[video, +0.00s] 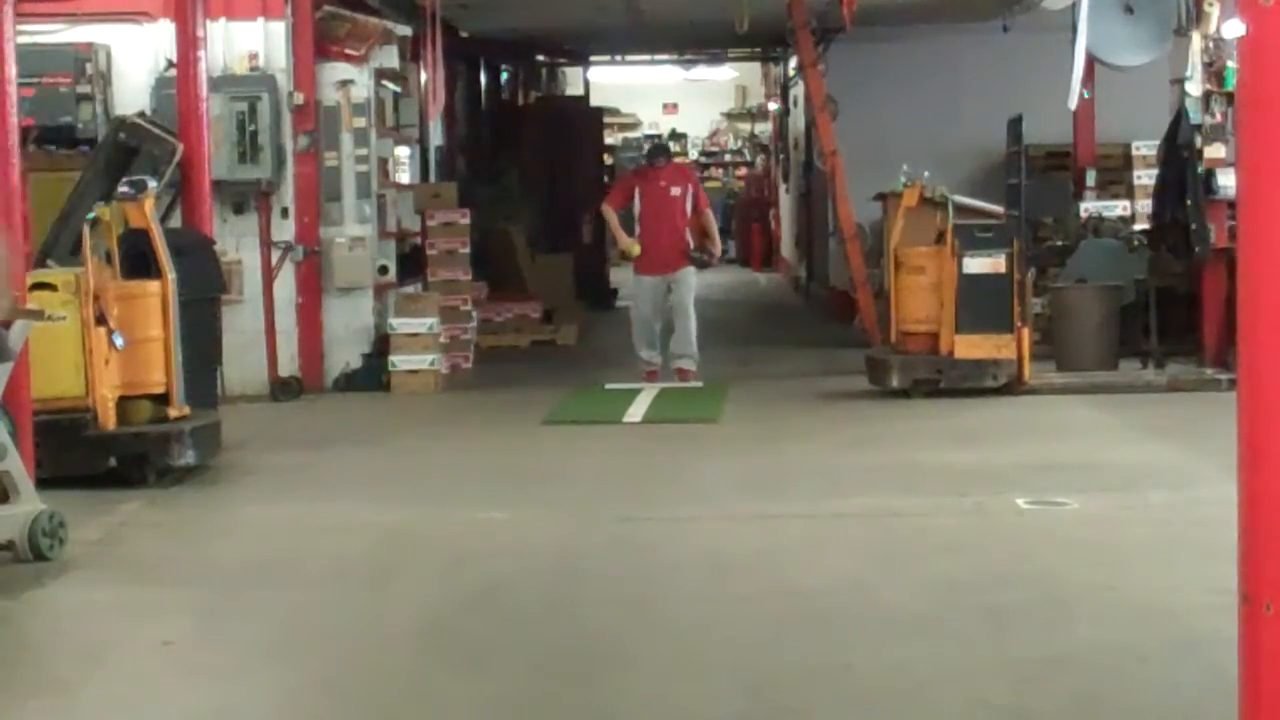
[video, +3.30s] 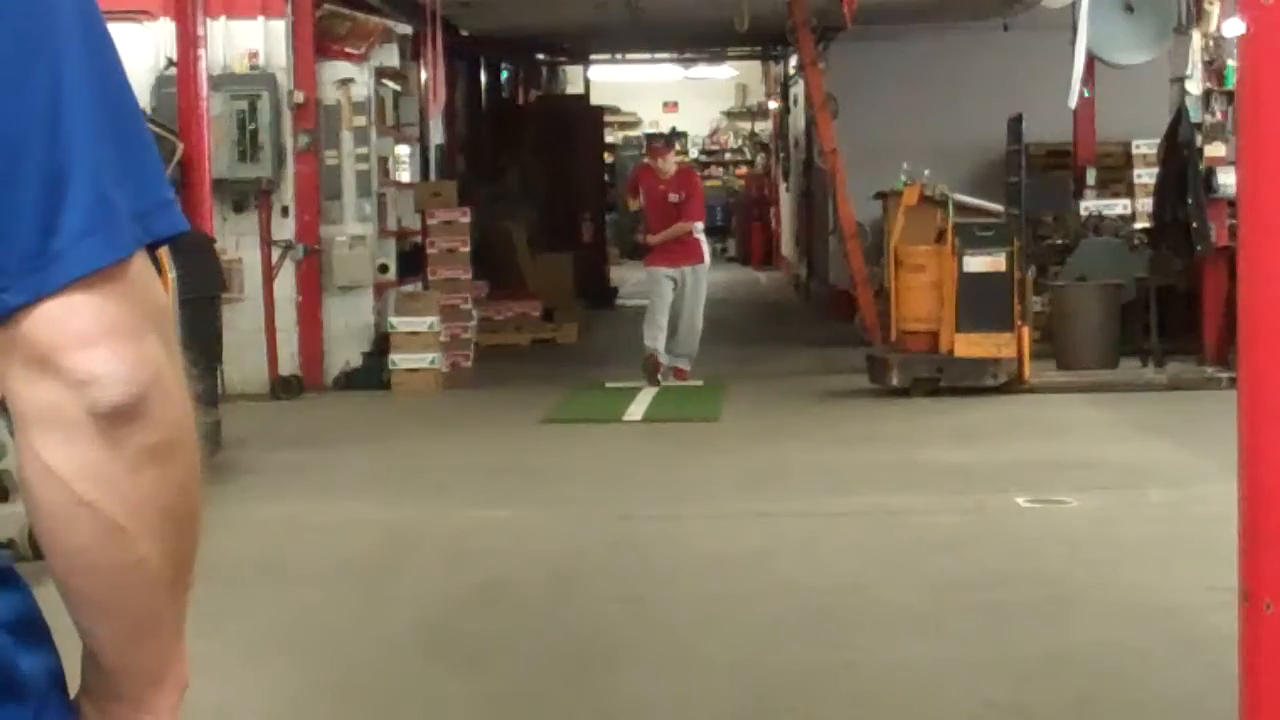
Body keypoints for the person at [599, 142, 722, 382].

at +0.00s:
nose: (657, 166)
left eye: (661, 160)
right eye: (652, 161)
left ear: (669, 156)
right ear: (645, 159)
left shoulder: (686, 176)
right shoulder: (635, 178)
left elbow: (704, 211)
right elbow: (608, 207)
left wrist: (715, 241)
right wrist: (622, 238)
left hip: (681, 261)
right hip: (647, 263)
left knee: (684, 311)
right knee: (645, 315)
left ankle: (685, 364)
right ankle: (650, 364)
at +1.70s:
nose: (638, 154)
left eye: (641, 147)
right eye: (632, 149)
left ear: (651, 146)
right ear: (626, 152)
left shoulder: (673, 169)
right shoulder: (622, 176)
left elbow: (691, 206)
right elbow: (601, 206)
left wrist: (691, 245)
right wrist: (613, 237)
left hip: (677, 256)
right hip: (644, 259)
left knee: (682, 315)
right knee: (645, 315)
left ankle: (683, 364)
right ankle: (650, 367)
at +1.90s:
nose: (638, 149)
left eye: (642, 143)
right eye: (632, 145)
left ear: (652, 142)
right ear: (627, 148)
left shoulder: (672, 168)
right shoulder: (624, 174)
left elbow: (677, 208)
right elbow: (603, 206)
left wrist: (654, 239)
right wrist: (613, 240)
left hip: (676, 255)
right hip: (642, 256)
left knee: (682, 311)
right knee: (644, 313)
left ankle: (683, 363)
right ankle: (650, 368)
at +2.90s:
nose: (655, 159)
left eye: (659, 153)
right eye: (650, 154)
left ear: (668, 150)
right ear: (645, 155)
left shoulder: (685, 176)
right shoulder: (640, 173)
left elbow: (682, 220)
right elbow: (629, 199)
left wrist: (647, 236)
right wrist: (629, 203)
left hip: (685, 258)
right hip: (653, 256)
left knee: (685, 314)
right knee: (652, 310)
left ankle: (682, 363)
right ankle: (652, 364)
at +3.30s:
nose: (659, 163)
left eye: (663, 157)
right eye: (654, 158)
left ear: (673, 153)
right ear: (648, 157)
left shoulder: (689, 178)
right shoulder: (643, 173)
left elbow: (690, 223)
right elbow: (631, 194)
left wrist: (657, 238)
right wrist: (634, 205)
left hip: (691, 256)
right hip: (659, 255)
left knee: (689, 313)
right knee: (658, 305)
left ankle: (682, 362)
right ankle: (654, 357)